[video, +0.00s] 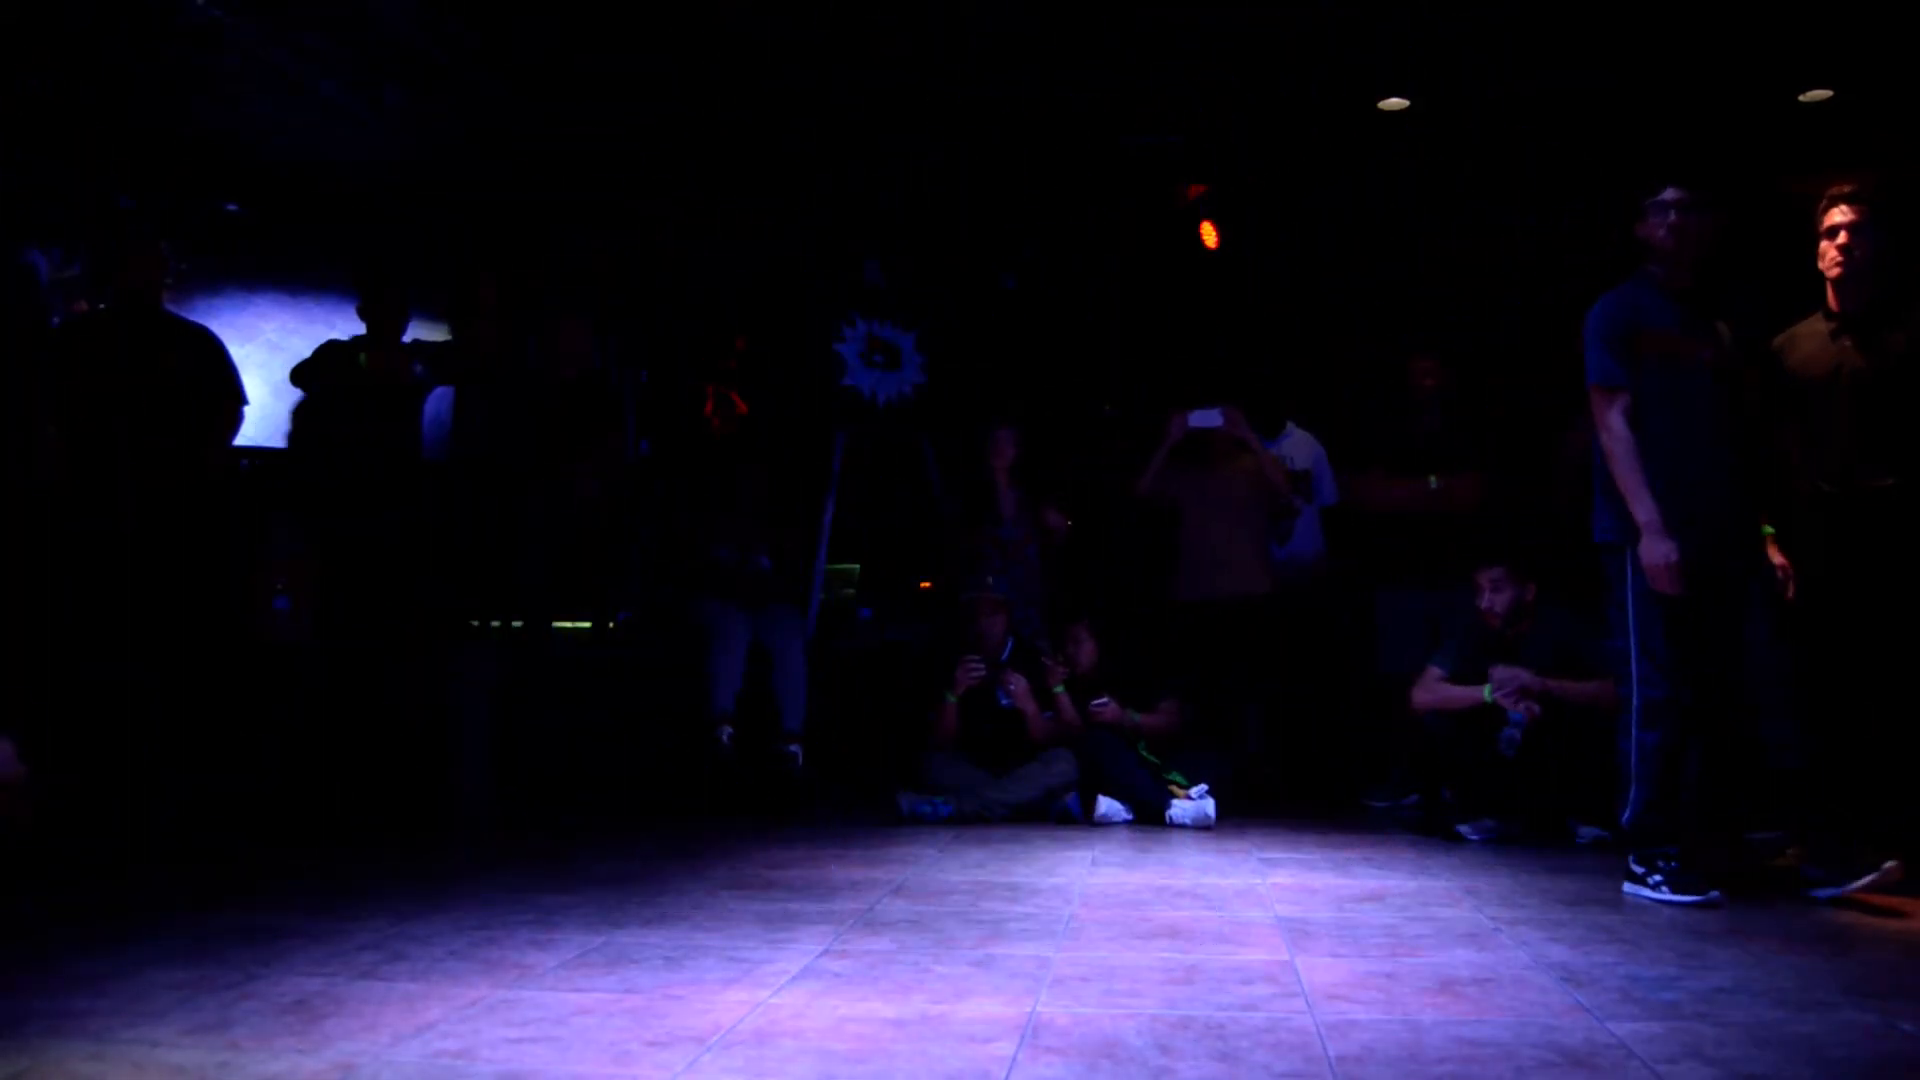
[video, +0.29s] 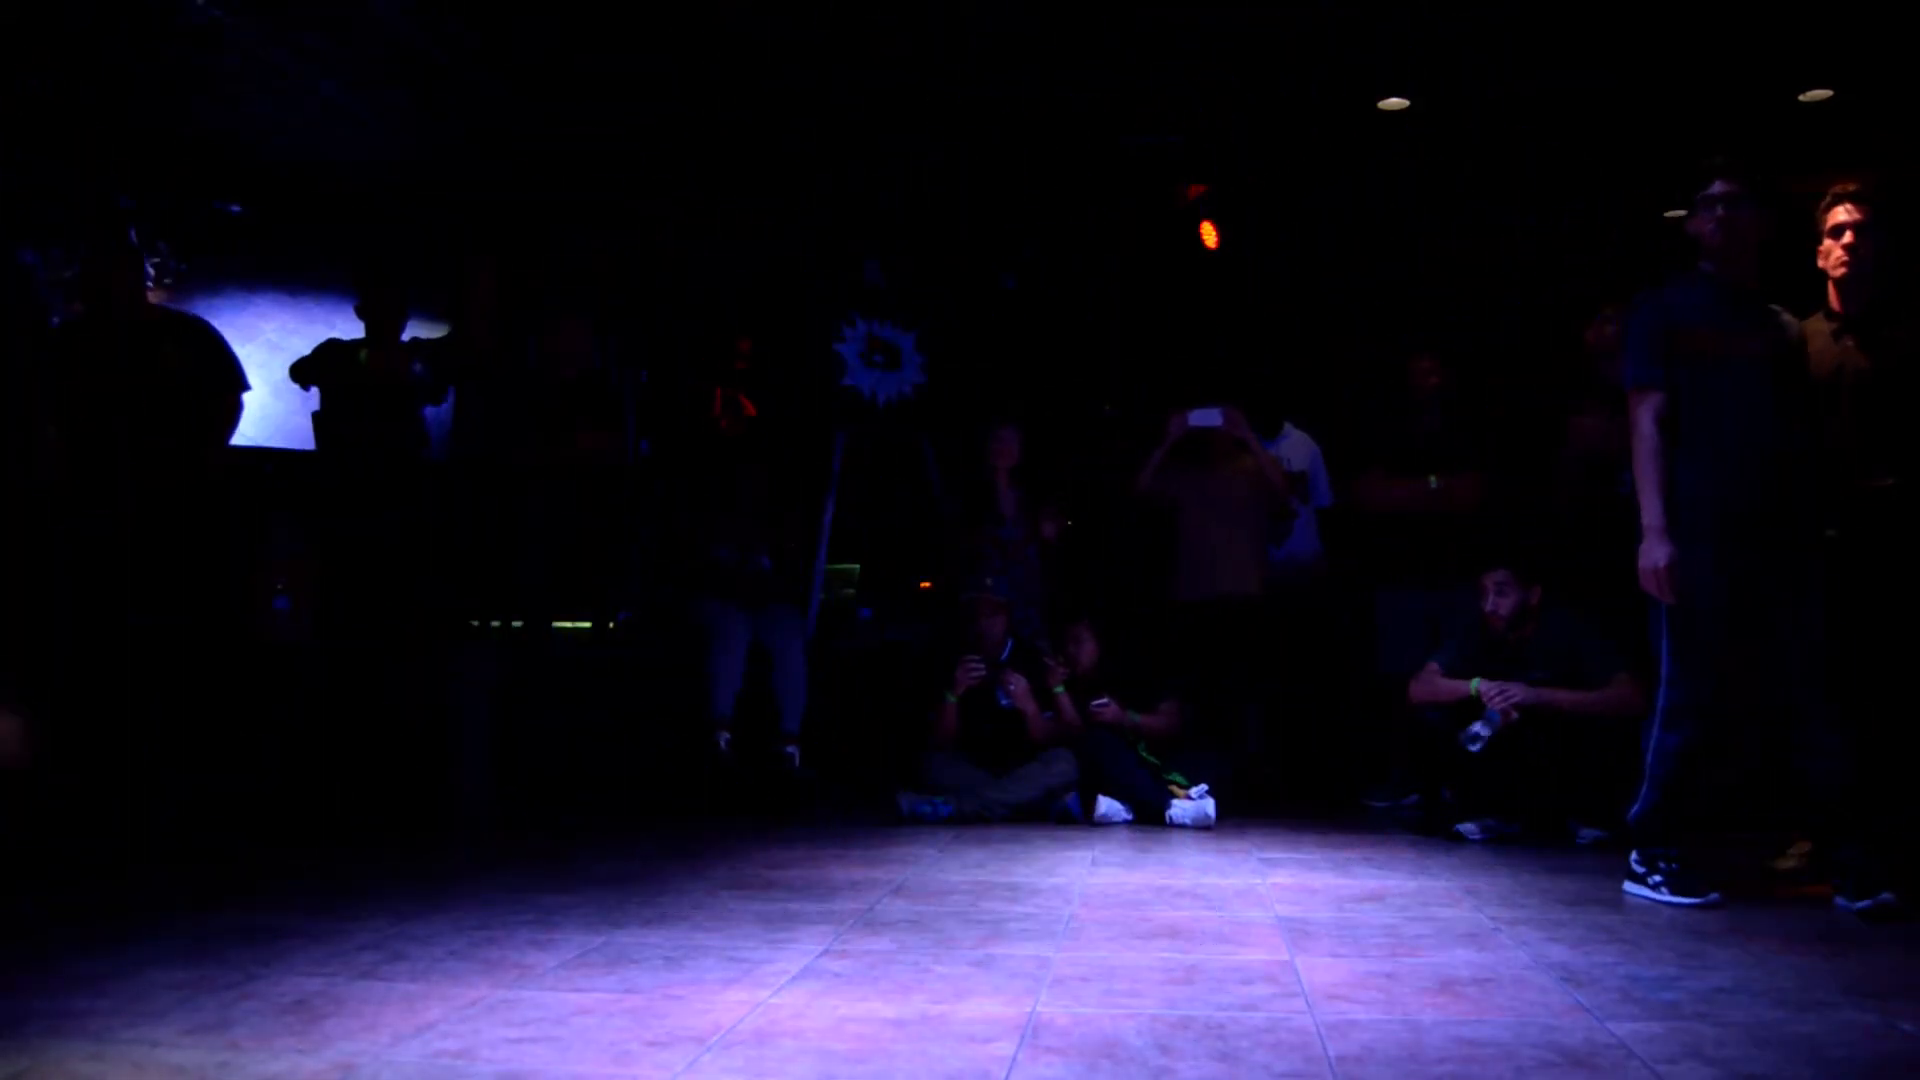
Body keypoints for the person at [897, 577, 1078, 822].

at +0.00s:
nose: (988, 627)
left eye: (995, 618)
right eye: (981, 619)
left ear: (1007, 621)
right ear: (970, 624)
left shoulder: (1027, 660)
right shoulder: (955, 661)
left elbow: (1045, 737)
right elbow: (942, 741)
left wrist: (1026, 702)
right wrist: (954, 693)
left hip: (1021, 755)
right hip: (971, 755)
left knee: (1063, 764)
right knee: (934, 766)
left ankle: (958, 806)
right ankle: (1039, 805)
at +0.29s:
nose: (988, 627)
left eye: (995, 618)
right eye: (981, 619)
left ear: (1007, 621)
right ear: (970, 624)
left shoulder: (1027, 660)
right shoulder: (955, 661)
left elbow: (1045, 737)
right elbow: (942, 741)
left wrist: (1026, 702)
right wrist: (954, 693)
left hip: (1021, 755)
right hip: (971, 755)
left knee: (1063, 764)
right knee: (934, 766)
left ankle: (958, 806)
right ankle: (1038, 805)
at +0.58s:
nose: (987, 625)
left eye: (994, 616)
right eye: (980, 617)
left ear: (1007, 620)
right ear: (970, 622)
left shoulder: (1027, 660)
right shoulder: (957, 660)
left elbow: (1044, 737)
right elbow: (942, 741)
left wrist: (1027, 702)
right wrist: (954, 693)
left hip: (1021, 754)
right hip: (971, 755)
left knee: (1063, 764)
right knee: (934, 766)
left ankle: (957, 806)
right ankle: (1039, 805)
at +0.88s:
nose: (984, 623)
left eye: (993, 614)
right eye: (977, 614)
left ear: (1009, 619)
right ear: (966, 620)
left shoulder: (1030, 659)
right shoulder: (954, 660)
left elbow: (1045, 741)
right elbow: (941, 741)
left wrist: (1029, 704)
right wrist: (954, 694)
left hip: (1021, 757)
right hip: (970, 757)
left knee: (1063, 765)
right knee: (934, 766)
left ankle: (958, 808)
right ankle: (1040, 807)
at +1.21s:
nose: (985, 626)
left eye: (994, 617)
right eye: (978, 617)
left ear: (1009, 620)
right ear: (967, 621)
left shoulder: (1031, 659)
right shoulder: (954, 659)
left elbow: (1045, 741)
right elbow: (941, 741)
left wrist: (1029, 704)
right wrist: (954, 694)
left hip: (1021, 756)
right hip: (970, 756)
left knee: (1063, 765)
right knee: (934, 766)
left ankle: (958, 808)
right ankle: (1040, 807)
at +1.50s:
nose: (985, 624)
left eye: (994, 616)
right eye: (978, 616)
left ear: (1008, 619)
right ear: (967, 620)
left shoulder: (1030, 660)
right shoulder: (954, 659)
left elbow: (1046, 739)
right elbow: (942, 740)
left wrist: (1029, 704)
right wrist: (954, 694)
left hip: (1020, 755)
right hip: (969, 756)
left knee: (1062, 765)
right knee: (934, 766)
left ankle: (958, 808)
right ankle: (1039, 806)